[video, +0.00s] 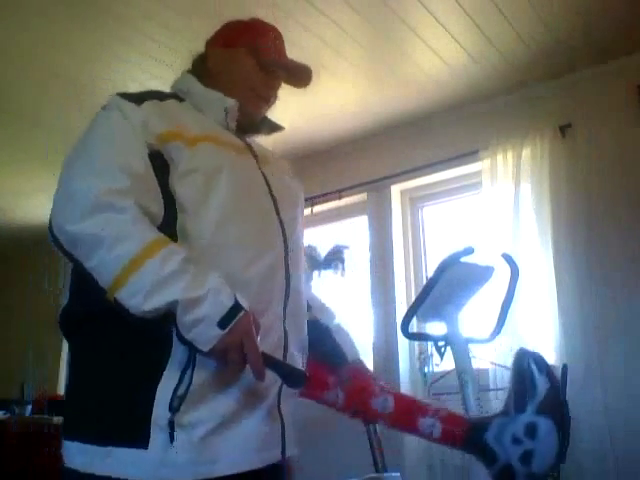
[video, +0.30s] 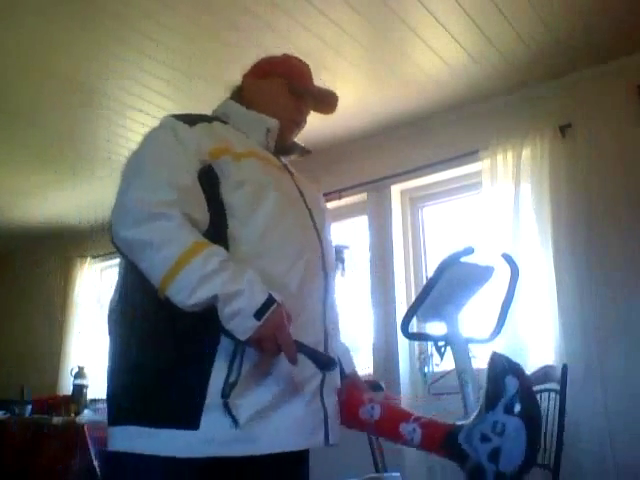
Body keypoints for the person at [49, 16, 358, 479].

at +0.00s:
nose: (274, 88)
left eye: (280, 78)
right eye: (266, 68)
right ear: (222, 56)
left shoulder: (275, 169)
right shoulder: (136, 119)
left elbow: (283, 284)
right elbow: (89, 216)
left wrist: (338, 355)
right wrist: (208, 309)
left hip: (258, 443)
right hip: (149, 447)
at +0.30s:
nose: (304, 114)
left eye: (308, 105)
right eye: (298, 98)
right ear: (262, 87)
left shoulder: (298, 185)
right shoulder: (185, 136)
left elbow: (309, 297)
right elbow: (143, 222)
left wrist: (342, 374)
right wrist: (245, 301)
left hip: (283, 436)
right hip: (190, 437)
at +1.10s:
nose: (302, 117)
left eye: (310, 111)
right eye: (291, 104)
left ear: (313, 122)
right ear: (257, 106)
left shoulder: (327, 206)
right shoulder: (190, 162)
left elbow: (340, 307)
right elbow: (118, 259)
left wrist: (377, 375)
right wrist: (111, 343)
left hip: (287, 432)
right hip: (182, 425)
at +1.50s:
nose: (231, 107)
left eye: (242, 99)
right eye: (220, 94)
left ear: (253, 115)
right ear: (195, 103)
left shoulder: (280, 194)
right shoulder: (127, 168)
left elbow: (308, 298)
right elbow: (73, 267)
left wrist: (338, 372)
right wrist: (63, 351)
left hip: (247, 427)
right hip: (135, 422)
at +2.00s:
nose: (161, 103)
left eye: (176, 95)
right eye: (152, 90)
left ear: (191, 113)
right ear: (128, 97)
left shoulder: (221, 193)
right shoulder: (61, 167)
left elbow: (241, 301)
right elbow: (22, 268)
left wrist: (260, 377)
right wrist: (44, 347)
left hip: (201, 432)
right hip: (85, 436)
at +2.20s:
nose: (177, 105)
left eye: (190, 99)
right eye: (165, 93)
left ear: (203, 114)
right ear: (142, 101)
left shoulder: (229, 199)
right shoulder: (78, 167)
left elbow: (245, 309)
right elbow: (44, 265)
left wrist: (259, 387)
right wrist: (88, 345)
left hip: (208, 437)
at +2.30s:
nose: (192, 100)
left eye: (205, 96)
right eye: (180, 89)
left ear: (217, 113)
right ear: (155, 99)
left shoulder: (240, 201)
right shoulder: (94, 166)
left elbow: (253, 307)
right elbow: (57, 265)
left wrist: (266, 386)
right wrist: (87, 352)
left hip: (221, 439)